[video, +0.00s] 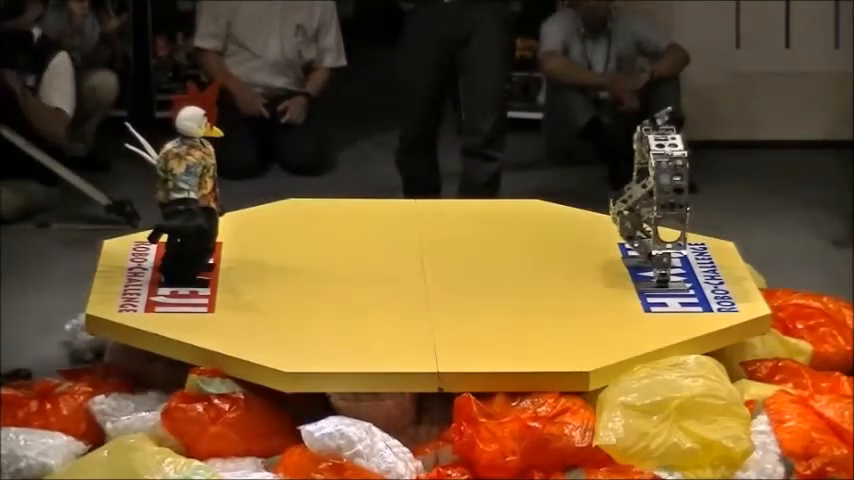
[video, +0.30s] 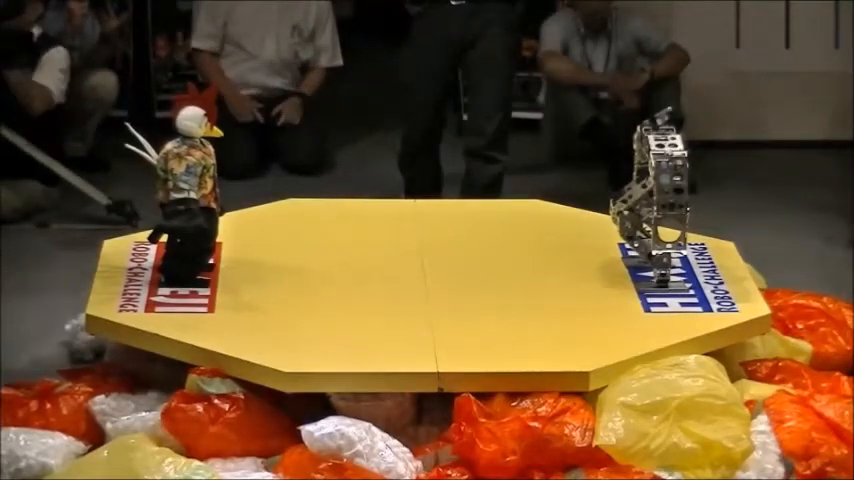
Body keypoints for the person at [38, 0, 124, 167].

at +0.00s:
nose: (83, 8)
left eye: (86, 4)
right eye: (78, 4)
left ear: (89, 6)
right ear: (68, 4)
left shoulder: (91, 23)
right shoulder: (54, 18)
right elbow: (50, 50)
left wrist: (108, 32)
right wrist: (72, 25)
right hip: (53, 72)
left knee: (106, 82)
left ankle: (84, 139)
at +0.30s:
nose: (80, 10)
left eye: (84, 6)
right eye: (75, 5)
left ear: (88, 7)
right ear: (66, 6)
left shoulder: (92, 24)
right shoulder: (53, 20)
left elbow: (93, 60)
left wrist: (109, 35)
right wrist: (72, 26)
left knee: (105, 82)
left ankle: (82, 146)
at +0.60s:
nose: (79, 10)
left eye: (83, 6)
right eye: (74, 6)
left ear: (88, 8)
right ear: (66, 6)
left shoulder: (91, 25)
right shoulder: (52, 20)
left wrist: (108, 35)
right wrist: (71, 26)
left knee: (105, 82)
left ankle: (79, 148)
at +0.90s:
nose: (79, 10)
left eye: (83, 6)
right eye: (74, 6)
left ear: (88, 8)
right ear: (66, 6)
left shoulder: (91, 24)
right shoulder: (52, 19)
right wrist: (71, 26)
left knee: (105, 82)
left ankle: (80, 148)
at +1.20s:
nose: (79, 10)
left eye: (84, 6)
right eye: (75, 6)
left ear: (88, 8)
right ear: (66, 6)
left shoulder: (91, 24)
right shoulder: (52, 19)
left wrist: (108, 35)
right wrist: (71, 26)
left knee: (105, 82)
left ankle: (81, 147)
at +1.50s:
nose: (79, 10)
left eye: (83, 6)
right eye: (75, 6)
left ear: (88, 8)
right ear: (66, 6)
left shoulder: (92, 24)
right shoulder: (53, 19)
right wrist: (70, 27)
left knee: (105, 82)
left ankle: (81, 147)